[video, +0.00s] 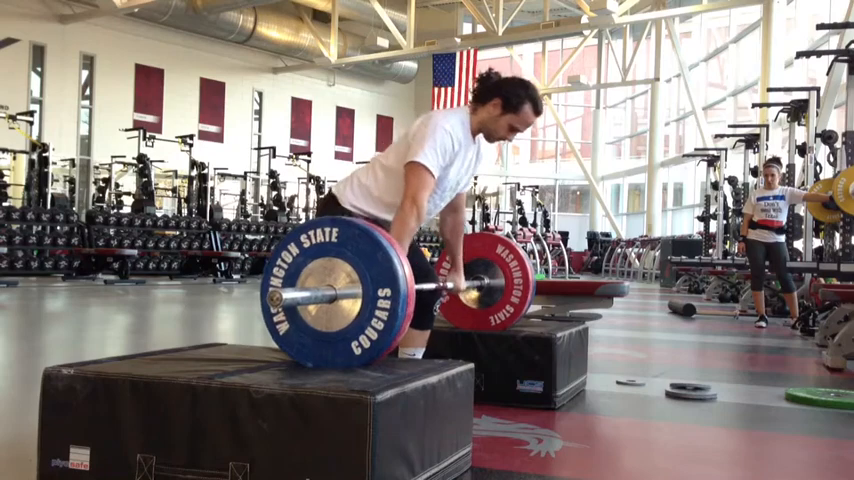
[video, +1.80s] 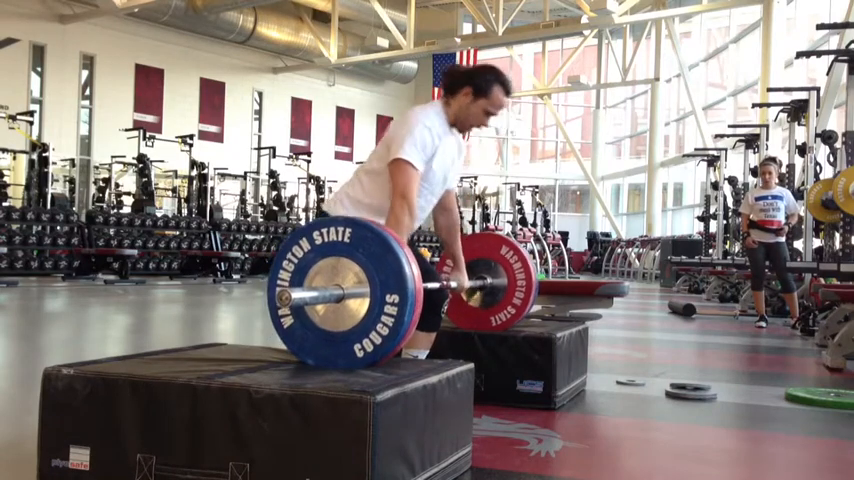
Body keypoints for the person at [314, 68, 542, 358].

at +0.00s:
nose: (511, 138)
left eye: (517, 133)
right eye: (512, 129)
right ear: (495, 106)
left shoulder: (475, 148)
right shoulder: (440, 127)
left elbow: (454, 211)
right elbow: (412, 206)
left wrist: (457, 269)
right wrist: (389, 275)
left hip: (389, 224)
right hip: (347, 213)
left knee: (425, 291)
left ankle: (403, 389)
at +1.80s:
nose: (487, 122)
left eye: (492, 116)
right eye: (487, 112)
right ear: (465, 95)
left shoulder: (454, 141)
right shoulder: (419, 123)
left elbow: (446, 209)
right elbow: (402, 206)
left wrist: (459, 266)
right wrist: (387, 272)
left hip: (387, 231)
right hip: (349, 223)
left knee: (433, 291)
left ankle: (408, 387)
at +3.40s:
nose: (473, 63)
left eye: (470, 57)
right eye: (464, 58)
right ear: (440, 73)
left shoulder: (453, 130)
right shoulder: (425, 116)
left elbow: (448, 203)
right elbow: (406, 197)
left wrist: (457, 262)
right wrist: (393, 264)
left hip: (383, 225)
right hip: (346, 217)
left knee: (431, 288)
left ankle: (406, 385)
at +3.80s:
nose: (466, 13)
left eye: (461, 7)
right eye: (455, 8)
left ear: (443, 27)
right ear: (436, 26)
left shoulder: (457, 79)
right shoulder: (429, 64)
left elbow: (450, 154)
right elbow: (406, 139)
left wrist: (454, 212)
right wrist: (392, 209)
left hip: (413, 205)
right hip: (385, 202)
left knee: (434, 285)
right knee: (402, 285)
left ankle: (412, 383)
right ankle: (374, 385)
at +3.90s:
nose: (410, 2)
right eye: (398, 1)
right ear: (378, 18)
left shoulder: (419, 62)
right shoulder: (391, 52)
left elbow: (433, 140)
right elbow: (389, 127)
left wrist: (455, 196)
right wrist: (404, 196)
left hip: (442, 201)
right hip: (412, 199)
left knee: (454, 291)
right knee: (409, 295)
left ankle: (417, 374)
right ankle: (376, 380)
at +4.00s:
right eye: (337, 1)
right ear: (334, 20)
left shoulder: (389, 52)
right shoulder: (354, 44)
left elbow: (420, 115)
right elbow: (368, 105)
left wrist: (457, 158)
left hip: (426, 183)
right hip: (390, 182)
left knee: (426, 278)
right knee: (387, 280)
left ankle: (415, 373)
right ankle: (371, 377)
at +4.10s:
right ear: (327, 14)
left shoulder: (383, 43)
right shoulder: (343, 38)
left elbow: (420, 97)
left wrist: (462, 132)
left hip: (419, 181)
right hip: (378, 185)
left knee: (441, 268)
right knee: (387, 277)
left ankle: (423, 372)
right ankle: (369, 378)